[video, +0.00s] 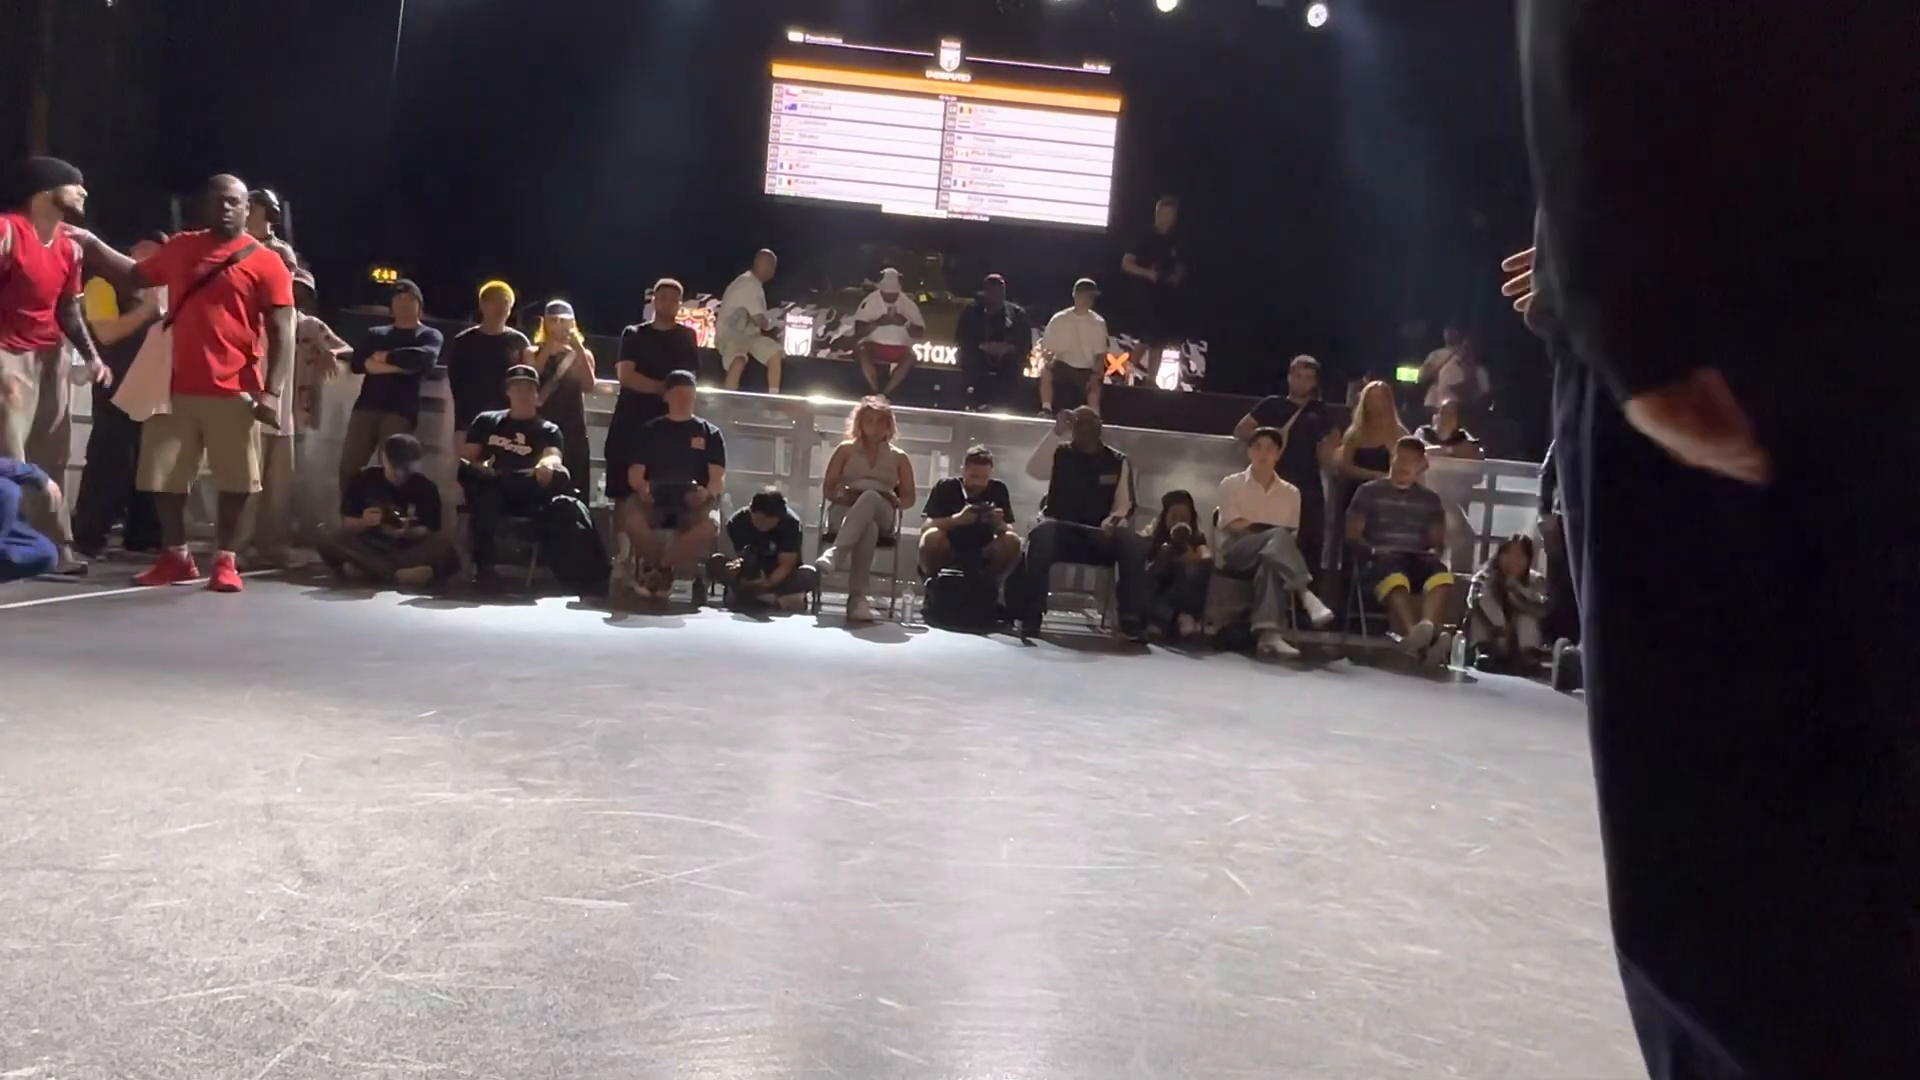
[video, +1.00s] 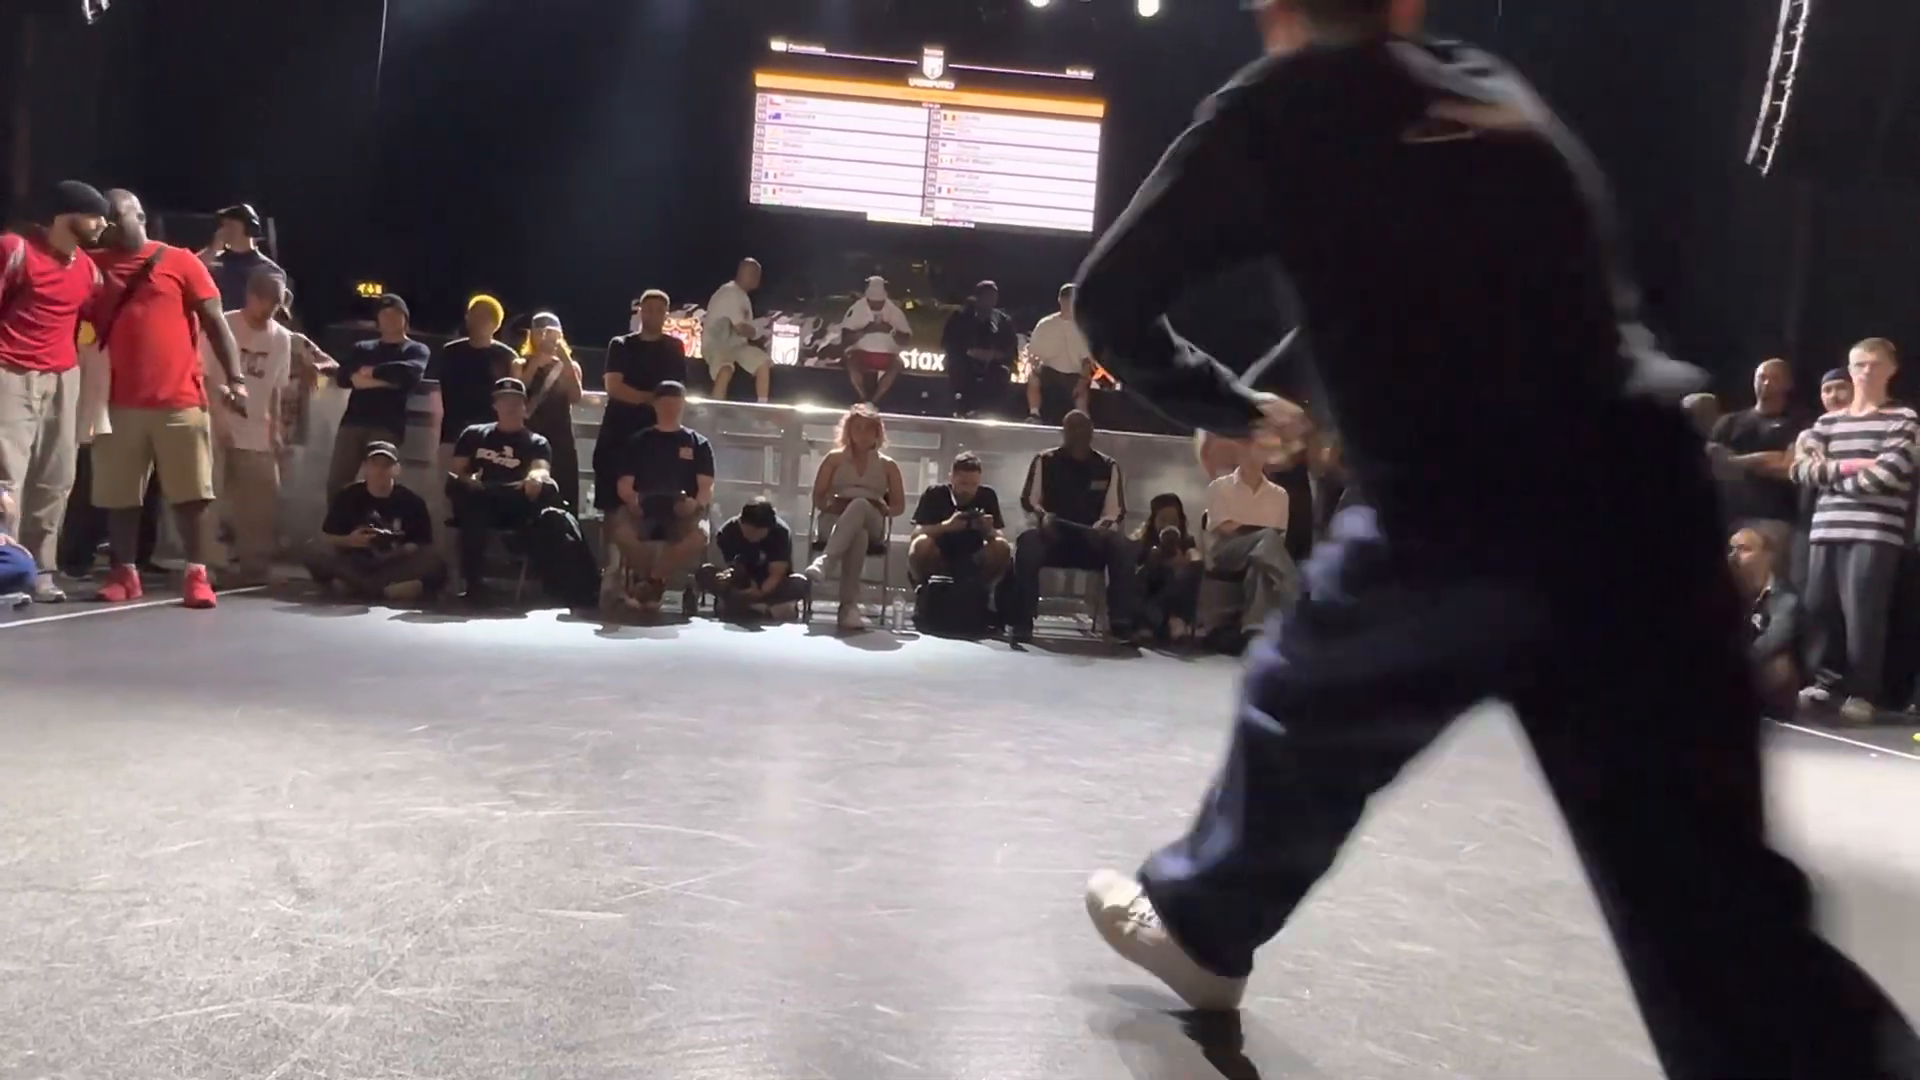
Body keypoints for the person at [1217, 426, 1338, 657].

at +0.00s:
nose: (1264, 454)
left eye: (1270, 449)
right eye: (1258, 448)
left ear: (1278, 455)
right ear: (1250, 452)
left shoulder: (1291, 493)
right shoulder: (1231, 484)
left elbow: (1289, 535)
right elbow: (1234, 527)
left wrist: (1249, 525)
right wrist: (1278, 533)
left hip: (1276, 556)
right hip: (1237, 554)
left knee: (1270, 562)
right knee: (1279, 536)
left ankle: (1269, 633)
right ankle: (1307, 596)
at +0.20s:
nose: (1264, 457)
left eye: (1270, 451)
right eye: (1259, 451)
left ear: (1278, 457)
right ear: (1250, 454)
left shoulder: (1291, 495)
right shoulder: (1232, 486)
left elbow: (1288, 537)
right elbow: (1235, 528)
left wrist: (1249, 528)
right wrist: (1278, 533)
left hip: (1276, 558)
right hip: (1236, 555)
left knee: (1270, 564)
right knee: (1279, 538)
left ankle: (1270, 636)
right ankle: (1308, 598)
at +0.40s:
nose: (1261, 457)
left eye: (1268, 452)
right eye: (1256, 451)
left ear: (1276, 457)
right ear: (1248, 454)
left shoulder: (1289, 495)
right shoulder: (1229, 486)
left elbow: (1286, 537)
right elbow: (1234, 529)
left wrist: (1248, 528)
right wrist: (1276, 533)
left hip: (1274, 557)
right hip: (1235, 555)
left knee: (1269, 563)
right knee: (1277, 538)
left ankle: (1268, 635)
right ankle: (1306, 597)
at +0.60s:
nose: (1257, 457)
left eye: (1263, 452)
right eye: (1252, 451)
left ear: (1272, 457)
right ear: (1244, 454)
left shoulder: (1285, 495)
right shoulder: (1225, 487)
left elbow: (1282, 536)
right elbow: (1229, 528)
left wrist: (1243, 528)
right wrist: (1272, 533)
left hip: (1271, 557)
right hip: (1230, 555)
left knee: (1264, 563)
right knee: (1274, 537)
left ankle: (1264, 636)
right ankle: (1302, 597)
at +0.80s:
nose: (1254, 456)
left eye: (1260, 451)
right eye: (1249, 450)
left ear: (1268, 456)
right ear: (1239, 454)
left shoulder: (1281, 494)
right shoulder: (1222, 486)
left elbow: (1279, 536)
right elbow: (1226, 528)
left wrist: (1239, 527)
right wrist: (1269, 533)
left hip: (1267, 558)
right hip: (1227, 555)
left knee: (1261, 564)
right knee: (1271, 536)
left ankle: (1262, 635)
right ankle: (1299, 596)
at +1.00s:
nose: (1253, 455)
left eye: (1258, 450)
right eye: (1248, 449)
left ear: (1265, 457)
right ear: (1239, 453)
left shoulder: (1279, 494)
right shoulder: (1219, 487)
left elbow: (1278, 536)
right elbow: (1225, 529)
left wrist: (1238, 528)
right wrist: (1270, 532)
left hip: (1267, 558)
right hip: (1226, 555)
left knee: (1259, 565)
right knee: (1269, 538)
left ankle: (1254, 630)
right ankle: (1297, 604)